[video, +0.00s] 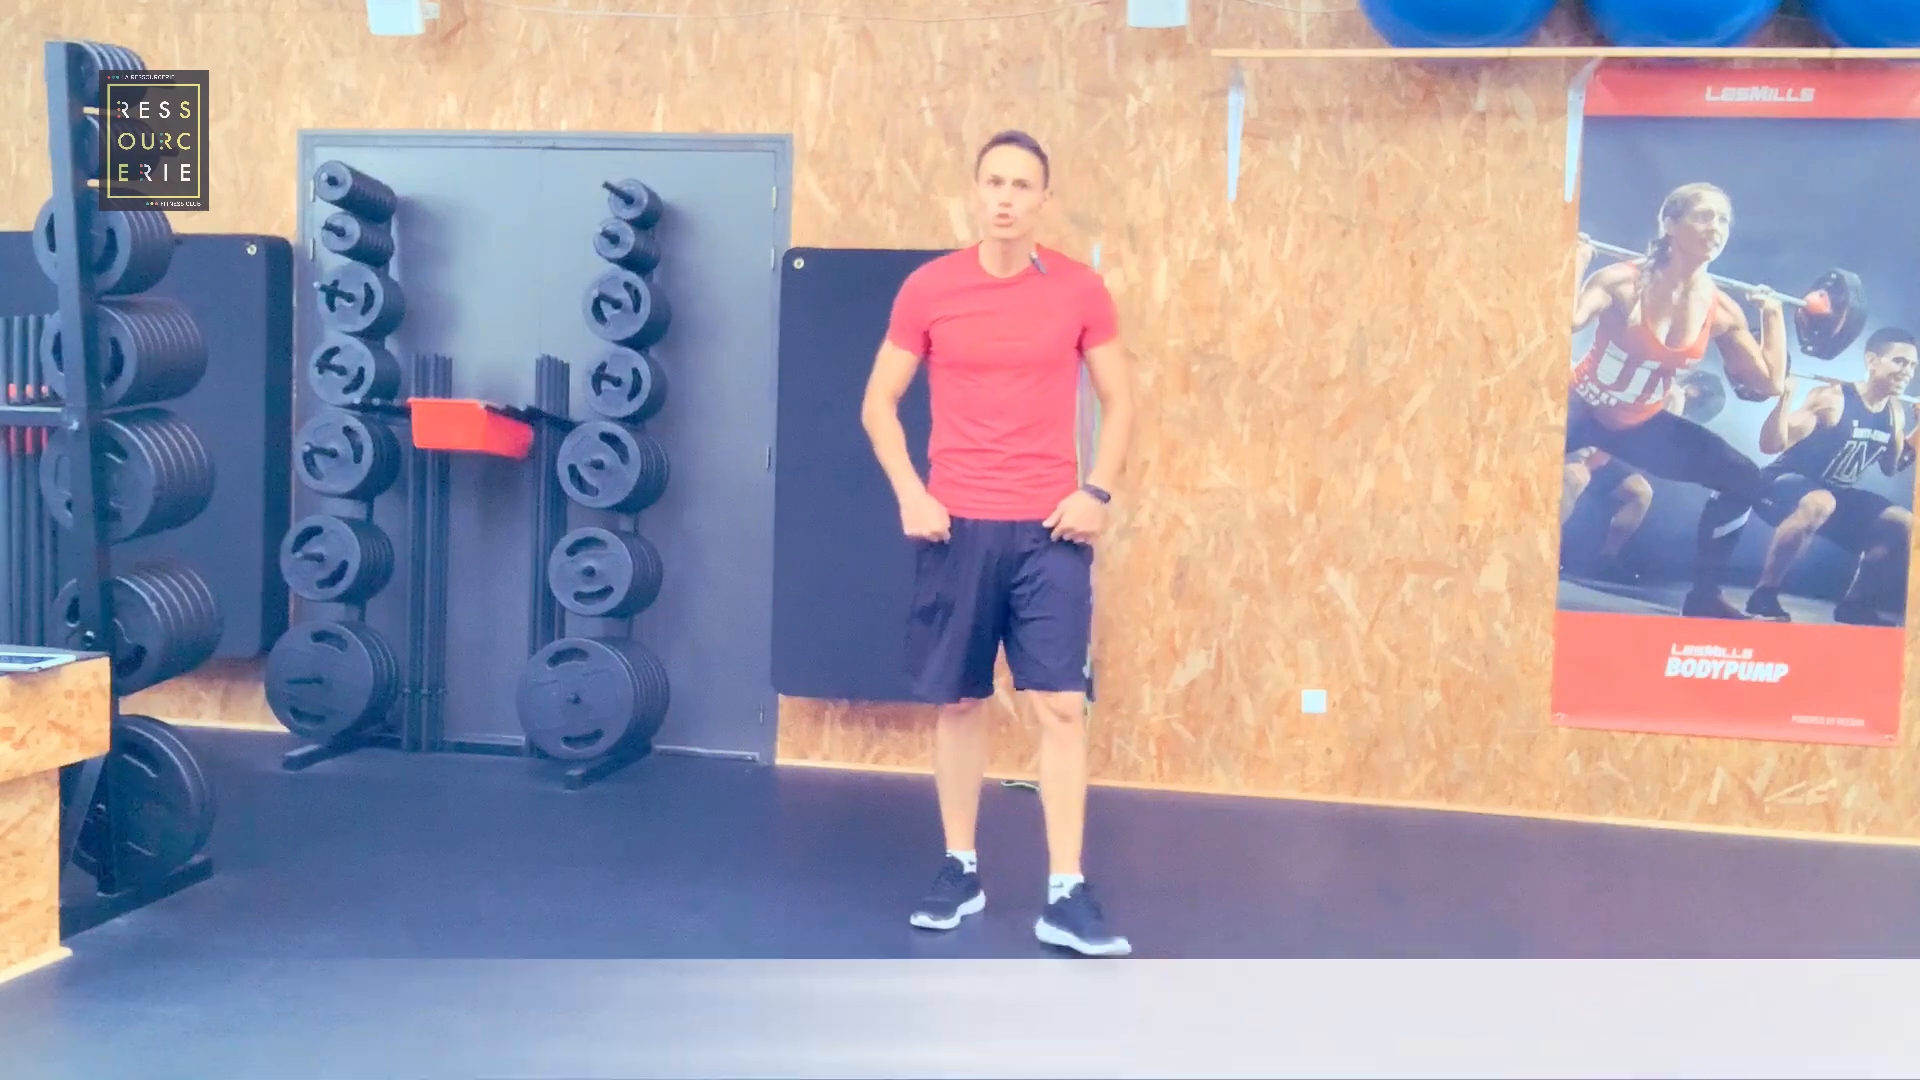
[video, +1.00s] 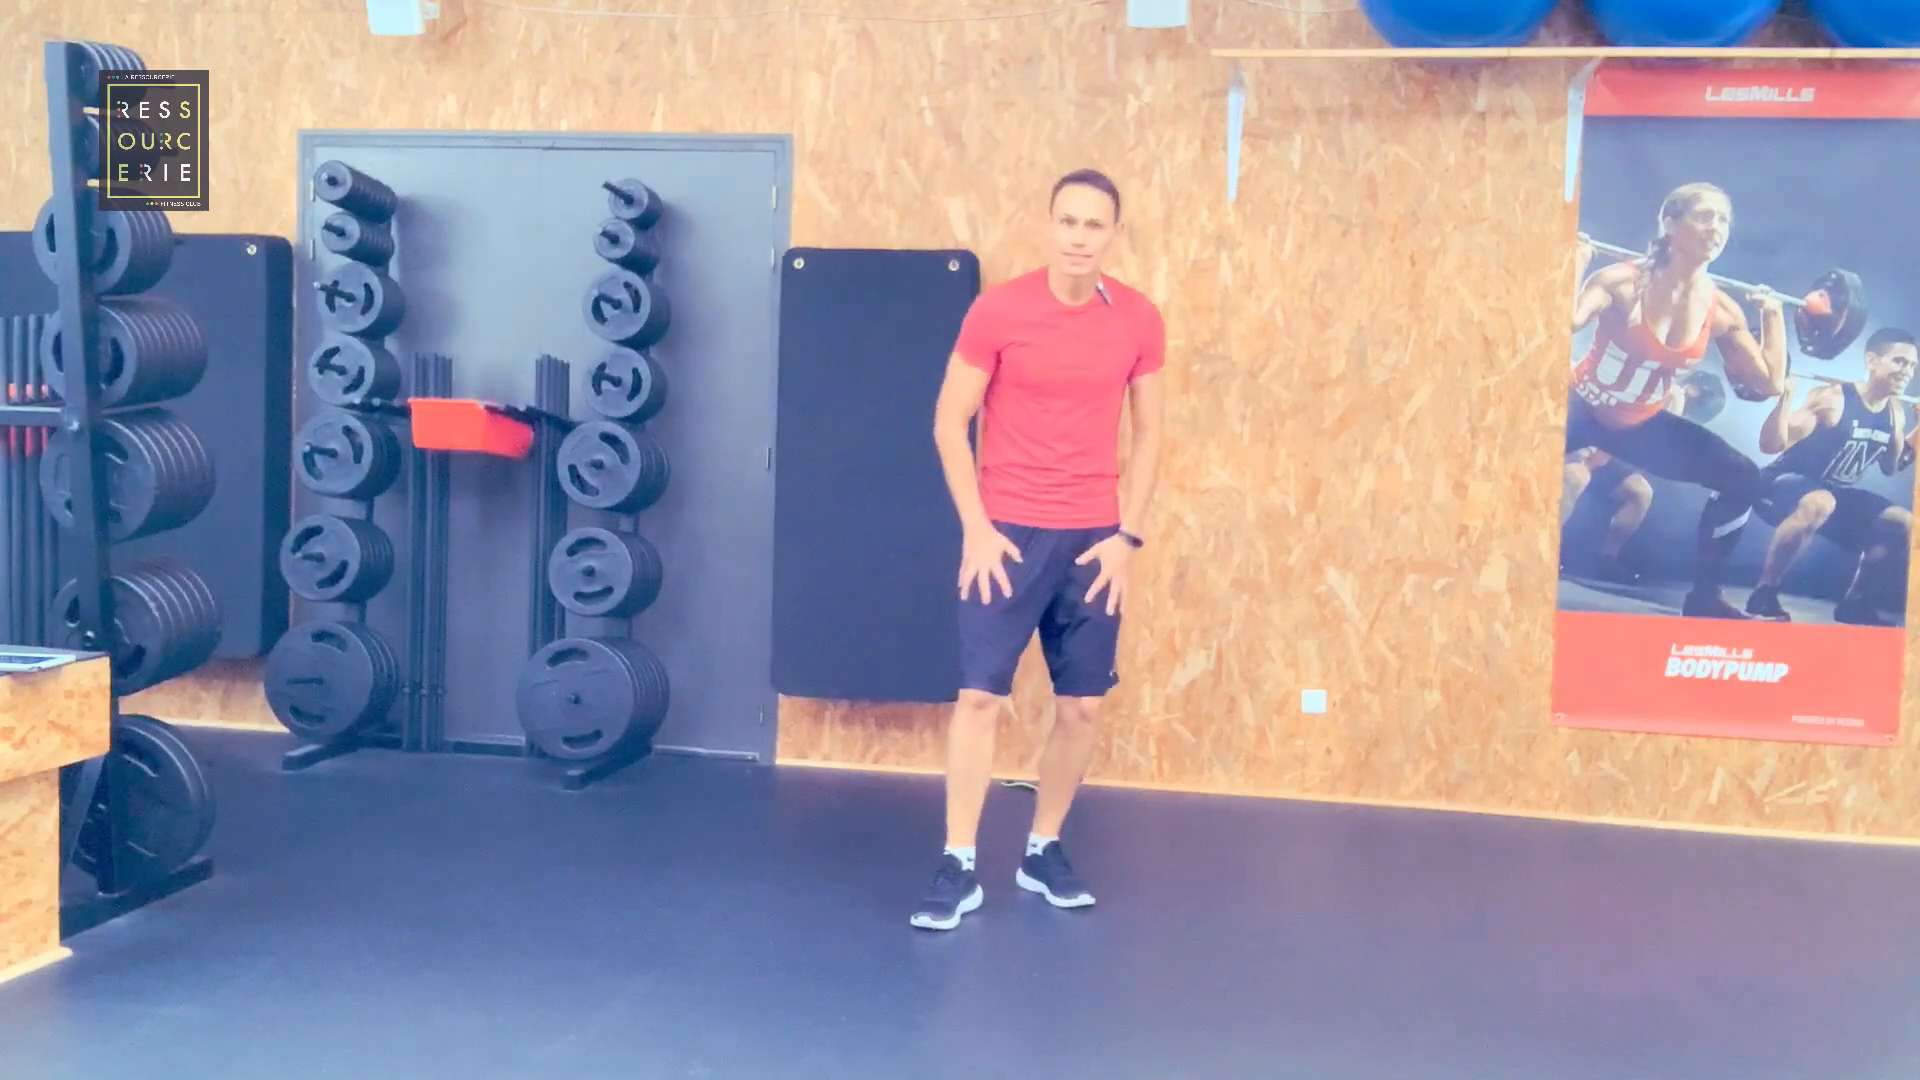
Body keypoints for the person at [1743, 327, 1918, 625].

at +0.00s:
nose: (1906, 371)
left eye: (1912, 365)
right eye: (1899, 361)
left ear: (1914, 371)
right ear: (1872, 361)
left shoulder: (1894, 411)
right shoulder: (1831, 397)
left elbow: (1891, 466)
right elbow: (1769, 444)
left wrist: (1913, 437)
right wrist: (1784, 398)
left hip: (1838, 495)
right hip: (1785, 481)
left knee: (1904, 524)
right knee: (1821, 502)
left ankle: (1854, 605)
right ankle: (1764, 595)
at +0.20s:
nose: (1906, 372)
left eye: (1911, 365)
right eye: (1899, 361)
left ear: (1913, 371)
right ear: (1872, 361)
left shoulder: (1894, 411)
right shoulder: (1831, 397)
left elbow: (1890, 466)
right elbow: (1769, 444)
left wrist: (1911, 442)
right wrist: (1784, 398)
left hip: (1838, 495)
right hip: (1785, 481)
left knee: (1904, 524)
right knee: (1821, 502)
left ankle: (1854, 605)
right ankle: (1764, 596)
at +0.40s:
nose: (1906, 372)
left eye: (1911, 365)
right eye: (1899, 361)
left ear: (1913, 371)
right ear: (1872, 361)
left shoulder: (1894, 411)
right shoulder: (1831, 397)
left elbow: (1891, 466)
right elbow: (1769, 444)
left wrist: (1912, 442)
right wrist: (1785, 397)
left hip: (1838, 495)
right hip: (1785, 482)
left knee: (1905, 524)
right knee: (1820, 502)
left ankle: (1854, 604)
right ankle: (1764, 596)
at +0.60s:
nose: (1906, 372)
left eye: (1911, 365)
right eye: (1899, 361)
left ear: (1913, 371)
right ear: (1872, 361)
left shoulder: (1894, 411)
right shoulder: (1831, 397)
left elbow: (1891, 466)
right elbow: (1769, 444)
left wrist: (1912, 440)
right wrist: (1785, 397)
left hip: (1838, 495)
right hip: (1785, 482)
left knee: (1905, 524)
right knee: (1820, 502)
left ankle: (1854, 604)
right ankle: (1763, 596)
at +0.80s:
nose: (1906, 372)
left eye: (1911, 365)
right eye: (1899, 361)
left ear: (1913, 371)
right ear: (1872, 361)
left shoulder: (1894, 411)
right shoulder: (1831, 397)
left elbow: (1890, 466)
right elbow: (1769, 444)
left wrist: (1912, 441)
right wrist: (1785, 397)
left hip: (1838, 494)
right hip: (1785, 481)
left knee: (1904, 524)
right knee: (1821, 502)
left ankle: (1854, 604)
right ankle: (1764, 596)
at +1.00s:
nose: (1906, 372)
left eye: (1911, 365)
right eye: (1899, 361)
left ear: (1913, 371)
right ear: (1872, 361)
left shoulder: (1894, 411)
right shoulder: (1831, 397)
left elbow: (1890, 466)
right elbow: (1768, 444)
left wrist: (1910, 444)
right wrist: (1784, 398)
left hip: (1838, 494)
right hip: (1785, 481)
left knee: (1904, 524)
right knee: (1821, 502)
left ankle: (1854, 605)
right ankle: (1763, 595)